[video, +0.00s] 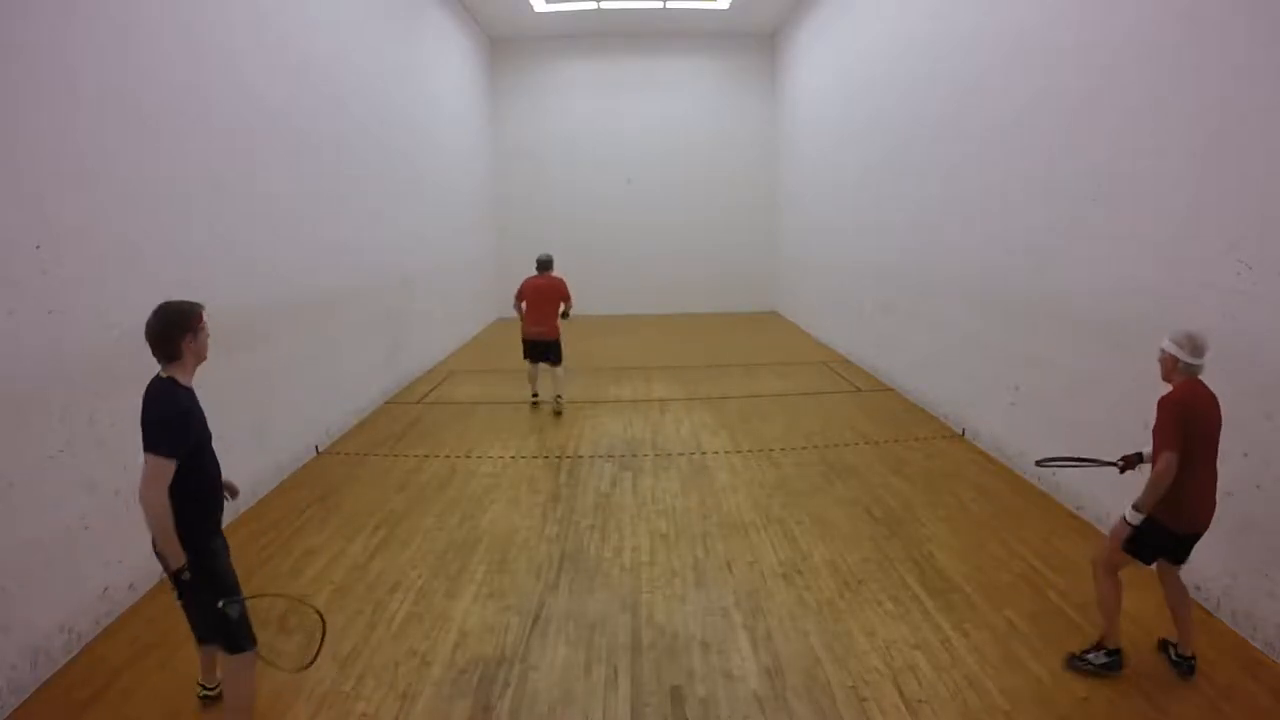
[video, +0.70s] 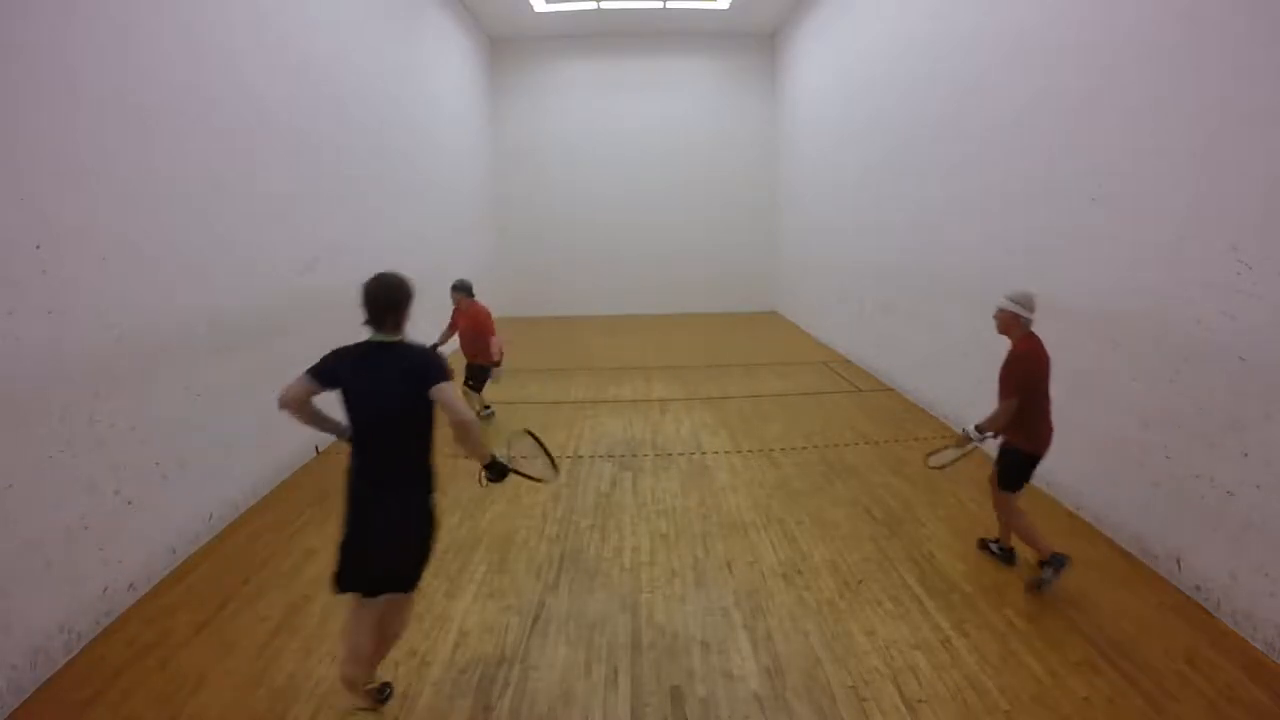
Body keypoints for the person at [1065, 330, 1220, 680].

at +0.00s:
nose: (1159, 359)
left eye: (1164, 354)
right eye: (1162, 353)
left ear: (1176, 362)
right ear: (1190, 363)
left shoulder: (1173, 403)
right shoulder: (1206, 398)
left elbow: (1166, 469)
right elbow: (1187, 449)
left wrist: (1134, 514)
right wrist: (1142, 456)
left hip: (1168, 514)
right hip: (1197, 515)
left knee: (1106, 564)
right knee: (1168, 568)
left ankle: (1108, 649)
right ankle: (1185, 652)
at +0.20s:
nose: (1120, 345)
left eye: (1125, 341)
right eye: (1122, 340)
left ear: (1139, 348)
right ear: (1150, 349)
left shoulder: (1145, 387)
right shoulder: (1166, 381)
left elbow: (1151, 450)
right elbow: (1145, 437)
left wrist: (1136, 507)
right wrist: (1108, 458)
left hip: (1144, 491)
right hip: (1171, 492)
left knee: (1092, 540)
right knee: (1165, 561)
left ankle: (1109, 609)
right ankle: (1186, 639)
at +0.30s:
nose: (1094, 339)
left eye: (1100, 335)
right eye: (1096, 334)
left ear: (1115, 342)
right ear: (1121, 342)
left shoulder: (1121, 382)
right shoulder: (1140, 373)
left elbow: (1124, 443)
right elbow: (1125, 429)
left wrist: (1107, 496)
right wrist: (1094, 453)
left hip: (1128, 481)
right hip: (1149, 479)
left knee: (1088, 539)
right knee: (1130, 538)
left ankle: (1111, 609)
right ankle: (1169, 604)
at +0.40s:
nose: (1070, 338)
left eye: (1075, 333)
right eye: (1072, 332)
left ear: (1092, 340)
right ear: (1099, 341)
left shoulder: (1096, 380)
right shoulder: (1117, 369)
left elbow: (1089, 441)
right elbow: (1106, 426)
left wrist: (1063, 491)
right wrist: (1080, 450)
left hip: (1107, 474)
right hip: (1123, 470)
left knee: (1081, 536)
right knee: (1091, 530)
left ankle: (1110, 608)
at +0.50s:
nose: (1045, 331)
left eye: (1051, 326)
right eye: (1048, 325)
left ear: (1067, 333)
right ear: (1073, 334)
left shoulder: (1070, 372)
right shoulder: (1091, 363)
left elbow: (1058, 427)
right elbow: (1079, 421)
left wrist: (1029, 464)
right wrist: (1054, 451)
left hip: (1085, 463)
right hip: (1091, 457)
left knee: (1077, 532)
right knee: (1046, 492)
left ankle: (1111, 606)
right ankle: (1042, 558)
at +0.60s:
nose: (1021, 322)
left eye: (1026, 317)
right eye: (1023, 316)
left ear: (1042, 324)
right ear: (1047, 325)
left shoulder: (1042, 363)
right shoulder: (1064, 355)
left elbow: (1031, 415)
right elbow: (1058, 408)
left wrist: (1001, 439)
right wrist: (1034, 435)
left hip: (1051, 449)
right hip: (1060, 445)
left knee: (1052, 523)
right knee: (1019, 481)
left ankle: (1094, 586)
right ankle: (1007, 545)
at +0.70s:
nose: (995, 316)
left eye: (1001, 312)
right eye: (998, 311)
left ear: (1015, 319)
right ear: (1020, 320)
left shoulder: (1021, 355)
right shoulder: (1031, 348)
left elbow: (1010, 406)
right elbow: (1022, 402)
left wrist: (978, 430)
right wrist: (997, 427)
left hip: (1025, 440)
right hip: (1027, 435)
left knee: (1005, 500)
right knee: (998, 483)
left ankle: (1050, 557)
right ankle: (1004, 544)